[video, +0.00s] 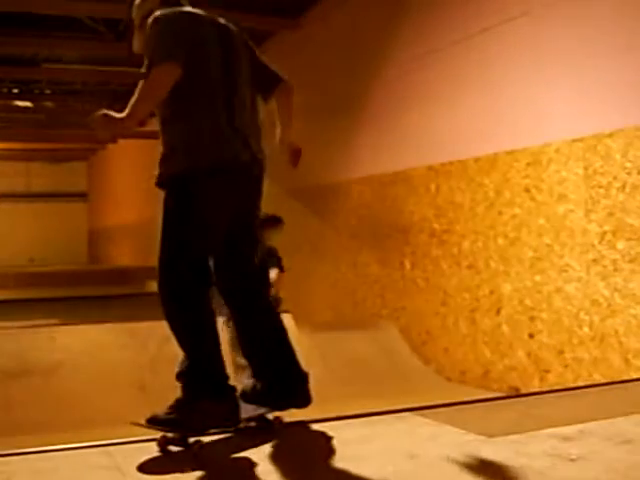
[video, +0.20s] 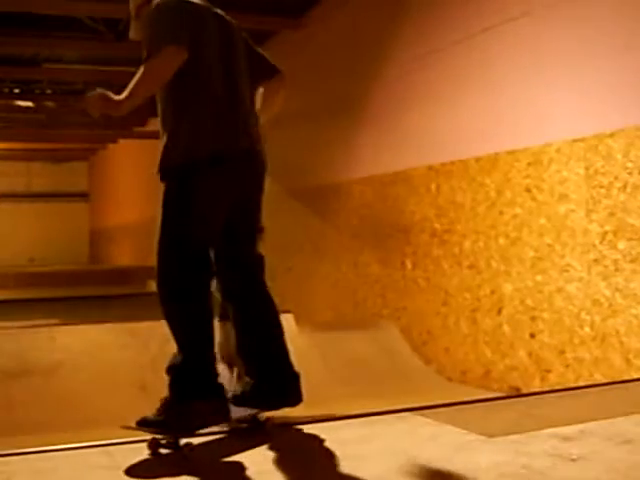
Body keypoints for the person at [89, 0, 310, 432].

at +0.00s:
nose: (137, 36)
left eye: (137, 24)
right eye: (136, 28)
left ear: (150, 8)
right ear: (181, 5)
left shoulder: (163, 22)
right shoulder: (225, 31)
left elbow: (165, 70)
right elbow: (281, 89)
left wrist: (125, 121)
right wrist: (287, 136)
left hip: (195, 175)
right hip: (242, 173)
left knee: (180, 283)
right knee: (241, 278)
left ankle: (208, 398)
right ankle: (283, 383)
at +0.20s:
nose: (134, 27)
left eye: (135, 18)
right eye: (133, 22)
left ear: (148, 4)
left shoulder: (165, 11)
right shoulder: (220, 22)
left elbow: (171, 54)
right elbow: (274, 80)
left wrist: (124, 103)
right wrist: (250, 126)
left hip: (196, 164)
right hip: (243, 160)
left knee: (179, 277)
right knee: (241, 270)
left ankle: (196, 396)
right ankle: (275, 383)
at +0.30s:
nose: (135, 40)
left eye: (133, 30)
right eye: (132, 34)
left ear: (142, 11)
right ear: (159, 10)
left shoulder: (166, 14)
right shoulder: (212, 28)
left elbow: (170, 50)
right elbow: (253, 81)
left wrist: (122, 99)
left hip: (202, 161)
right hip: (245, 157)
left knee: (175, 275)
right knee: (236, 270)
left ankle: (186, 397)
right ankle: (277, 381)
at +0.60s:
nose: (136, 56)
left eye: (134, 46)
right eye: (136, 52)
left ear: (138, 25)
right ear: (164, 20)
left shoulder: (153, 19)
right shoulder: (209, 42)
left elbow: (165, 63)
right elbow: (216, 126)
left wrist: (147, 126)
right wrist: (173, 165)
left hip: (204, 170)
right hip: (243, 167)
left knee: (175, 278)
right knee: (238, 273)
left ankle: (185, 397)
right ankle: (279, 382)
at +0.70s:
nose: (136, 70)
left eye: (134, 61)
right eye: (136, 65)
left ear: (136, 35)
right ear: (167, 26)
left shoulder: (151, 29)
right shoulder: (208, 50)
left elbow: (159, 79)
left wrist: (142, 144)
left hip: (199, 173)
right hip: (243, 171)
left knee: (166, 281)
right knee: (231, 276)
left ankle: (182, 396)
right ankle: (276, 382)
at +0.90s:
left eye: (136, 57)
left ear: (142, 51)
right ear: (176, 48)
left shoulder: (141, 64)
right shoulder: (211, 72)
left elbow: (127, 128)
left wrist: (110, 187)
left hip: (194, 187)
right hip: (244, 182)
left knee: (163, 290)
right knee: (231, 288)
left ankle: (183, 398)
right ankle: (277, 384)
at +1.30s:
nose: (115, 84)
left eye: (115, 79)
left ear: (118, 76)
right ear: (148, 68)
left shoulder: (117, 92)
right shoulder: (188, 83)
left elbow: (80, 138)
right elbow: (229, 130)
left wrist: (76, 175)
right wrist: (220, 170)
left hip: (155, 204)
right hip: (210, 198)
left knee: (144, 298)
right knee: (231, 292)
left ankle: (136, 392)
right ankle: (259, 385)